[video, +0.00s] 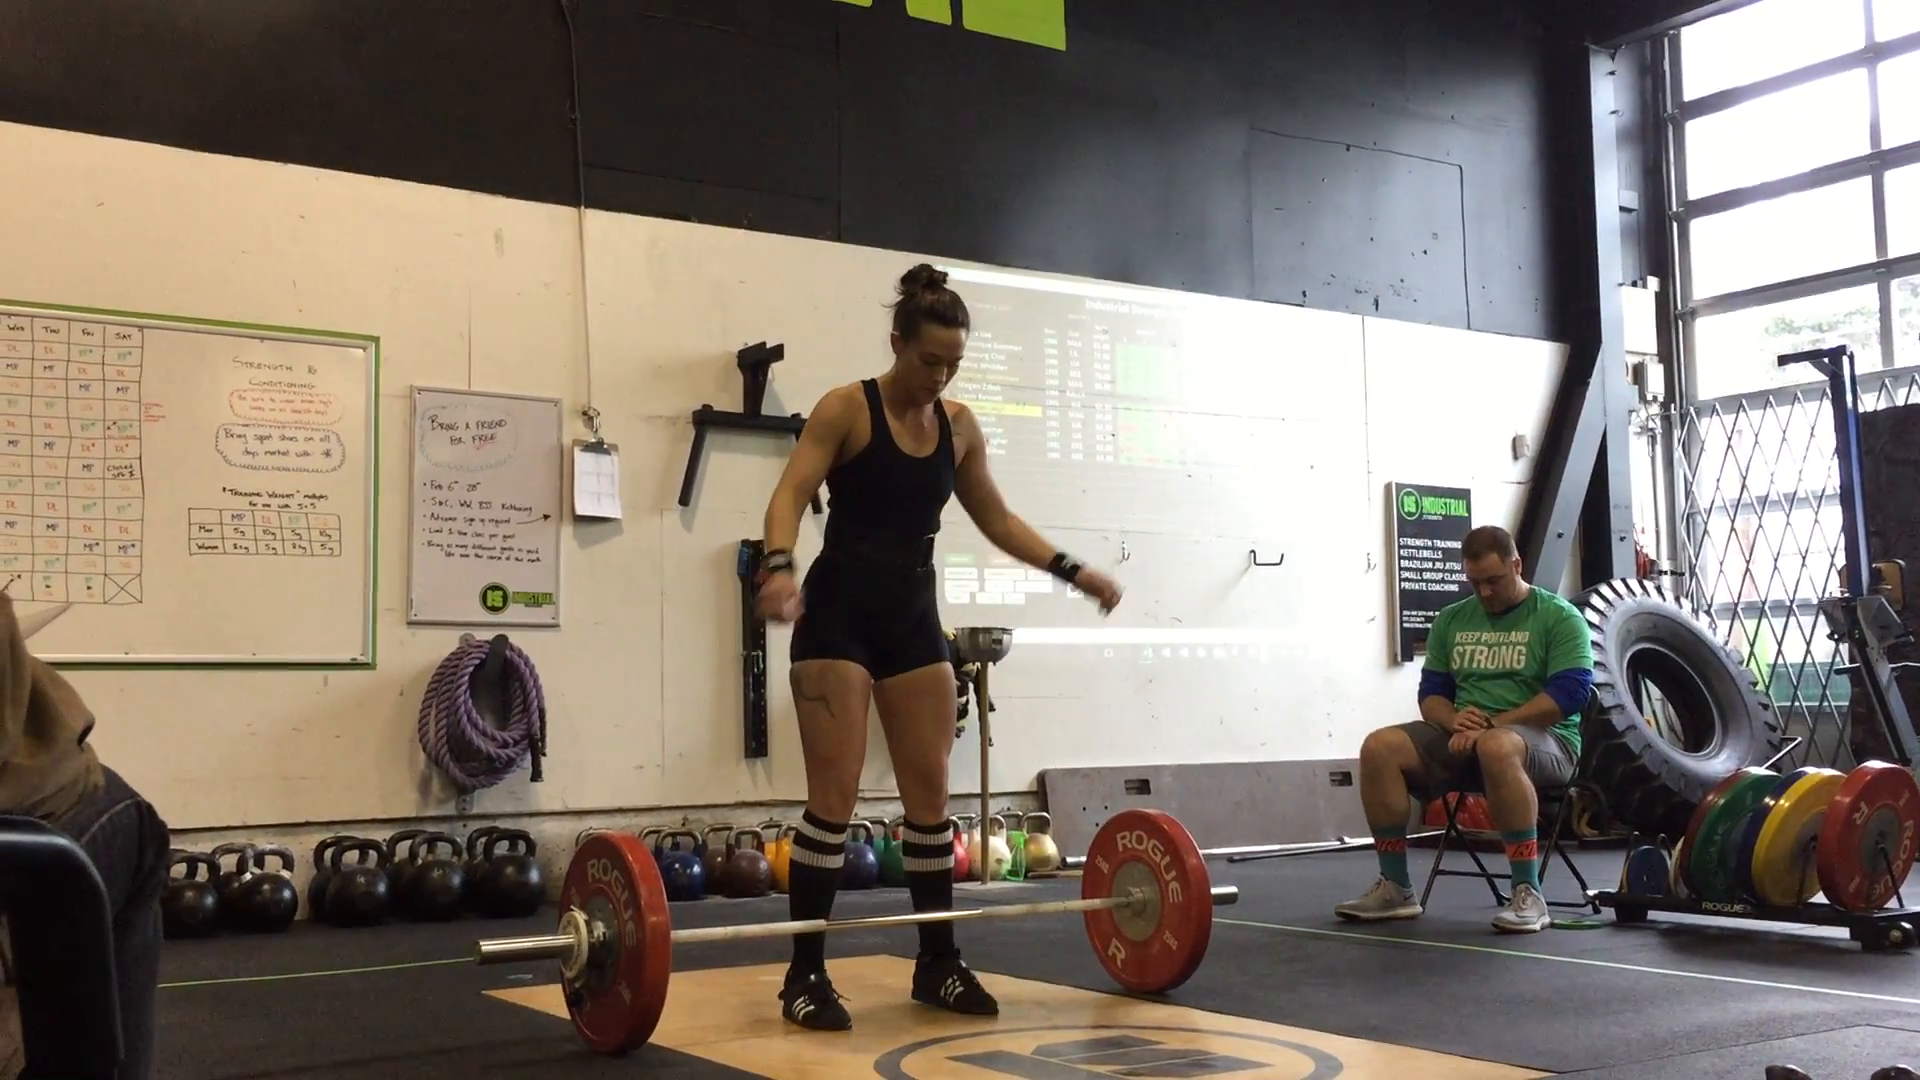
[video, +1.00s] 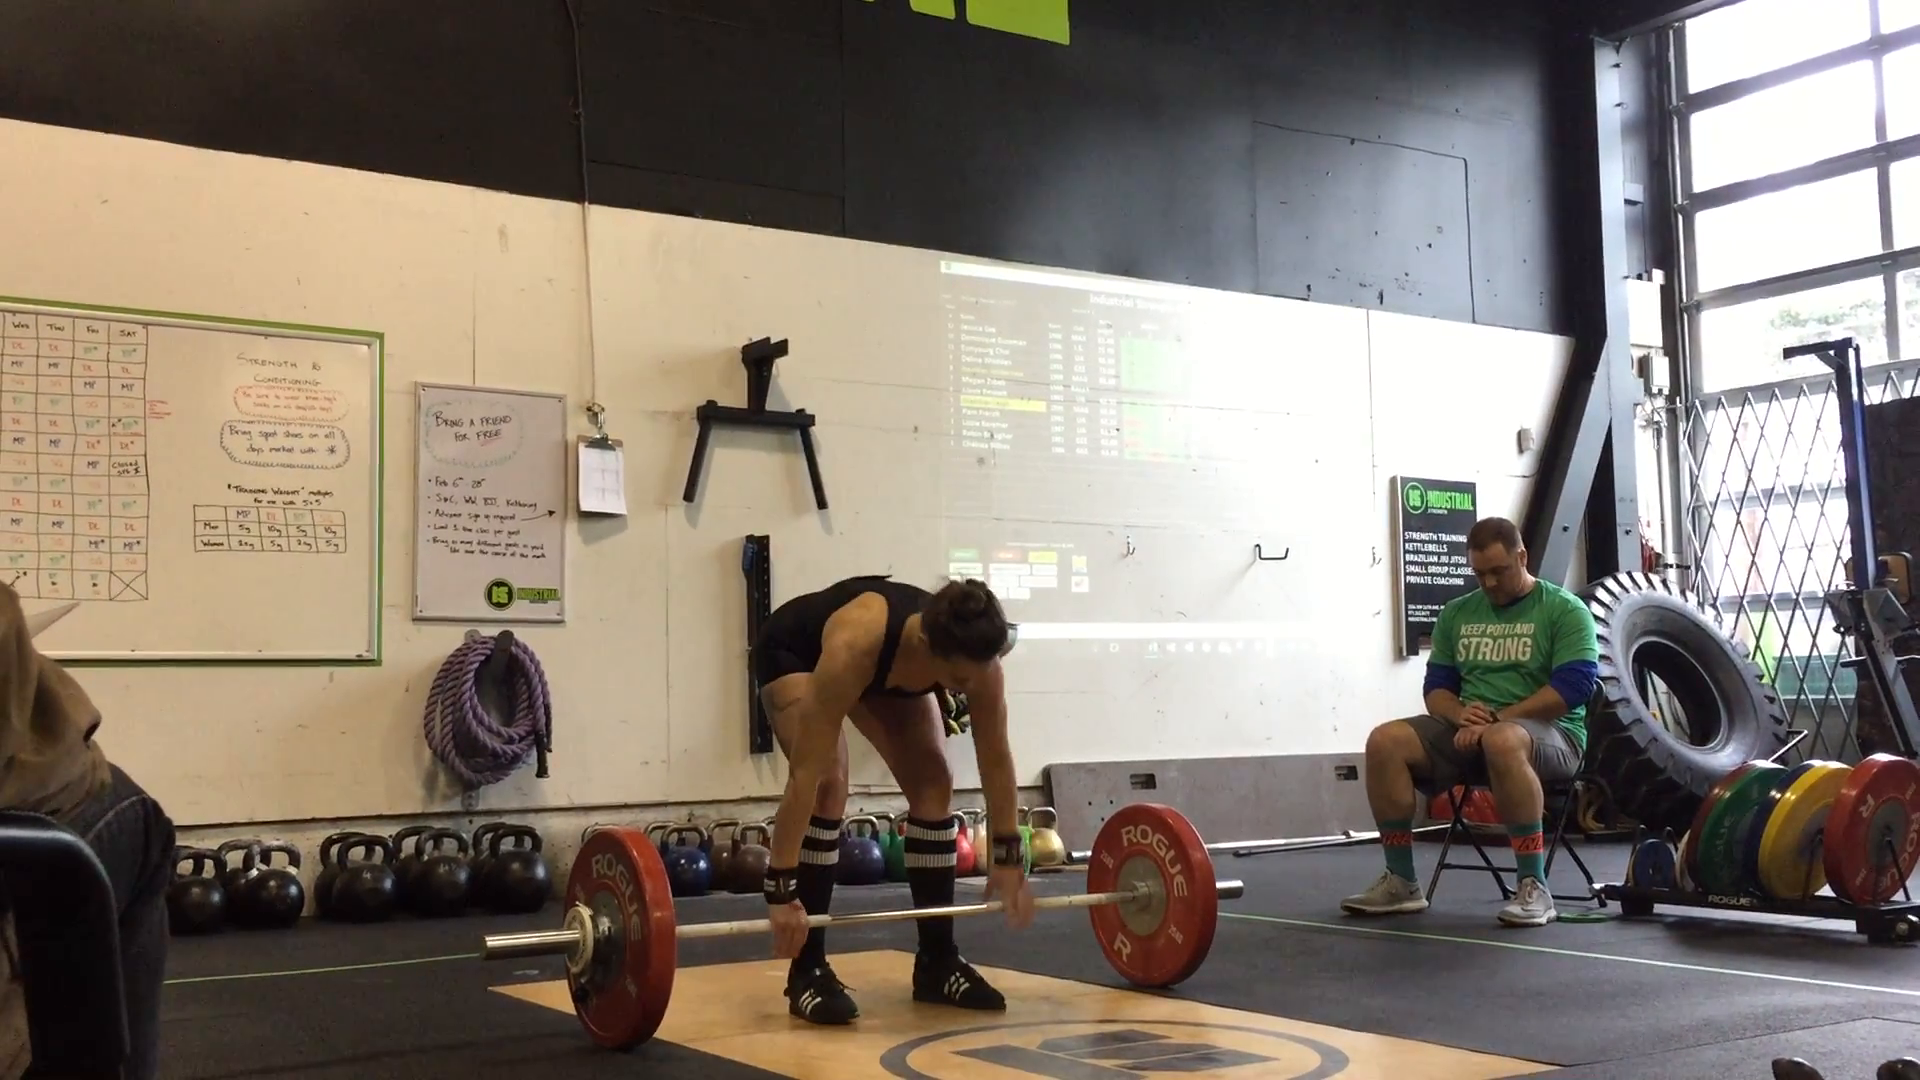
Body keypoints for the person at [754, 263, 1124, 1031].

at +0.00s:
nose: (941, 375)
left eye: (952, 362)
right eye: (930, 359)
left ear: (963, 352)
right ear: (895, 342)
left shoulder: (956, 423)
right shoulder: (844, 410)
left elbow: (995, 518)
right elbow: (790, 494)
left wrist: (1071, 570)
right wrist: (778, 565)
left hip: (912, 618)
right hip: (837, 614)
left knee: (928, 795)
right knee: (834, 799)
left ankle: (938, 965)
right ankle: (805, 975)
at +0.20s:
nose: (941, 386)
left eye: (952, 373)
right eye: (930, 370)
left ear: (962, 361)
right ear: (897, 350)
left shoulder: (960, 427)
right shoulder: (849, 413)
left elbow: (1008, 515)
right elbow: (797, 497)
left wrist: (1081, 548)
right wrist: (820, 547)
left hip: (911, 617)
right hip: (839, 613)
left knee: (927, 792)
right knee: (837, 792)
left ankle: (936, 966)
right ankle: (809, 972)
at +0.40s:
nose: (957, 455)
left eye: (967, 442)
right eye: (946, 442)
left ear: (980, 423)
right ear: (917, 417)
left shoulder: (974, 467)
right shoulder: (864, 471)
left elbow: (988, 533)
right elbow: (814, 577)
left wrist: (1041, 603)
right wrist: (814, 662)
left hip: (902, 625)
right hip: (831, 625)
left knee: (926, 784)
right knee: (835, 788)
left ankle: (939, 966)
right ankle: (810, 974)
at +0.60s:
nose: (963, 580)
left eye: (972, 571)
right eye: (952, 570)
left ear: (985, 549)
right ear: (923, 544)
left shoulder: (965, 550)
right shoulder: (867, 586)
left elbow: (972, 589)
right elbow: (824, 724)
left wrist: (990, 645)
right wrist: (792, 844)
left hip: (891, 641)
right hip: (812, 643)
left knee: (936, 778)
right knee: (836, 783)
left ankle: (939, 963)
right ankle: (813, 973)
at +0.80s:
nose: (945, 664)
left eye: (960, 652)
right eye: (938, 651)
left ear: (982, 627)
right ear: (913, 618)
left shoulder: (975, 614)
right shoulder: (850, 646)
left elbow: (984, 643)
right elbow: (806, 777)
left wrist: (1001, 709)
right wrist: (782, 890)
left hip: (887, 656)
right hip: (802, 654)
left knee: (936, 779)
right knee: (830, 786)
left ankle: (940, 962)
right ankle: (812, 974)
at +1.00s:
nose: (968, 688)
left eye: (976, 676)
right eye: (958, 678)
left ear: (987, 656)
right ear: (927, 646)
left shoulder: (983, 662)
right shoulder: (853, 646)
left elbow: (995, 758)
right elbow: (806, 771)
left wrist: (1006, 854)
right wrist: (780, 887)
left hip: (885, 667)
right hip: (792, 655)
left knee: (933, 785)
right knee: (829, 786)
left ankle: (937, 963)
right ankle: (809, 972)